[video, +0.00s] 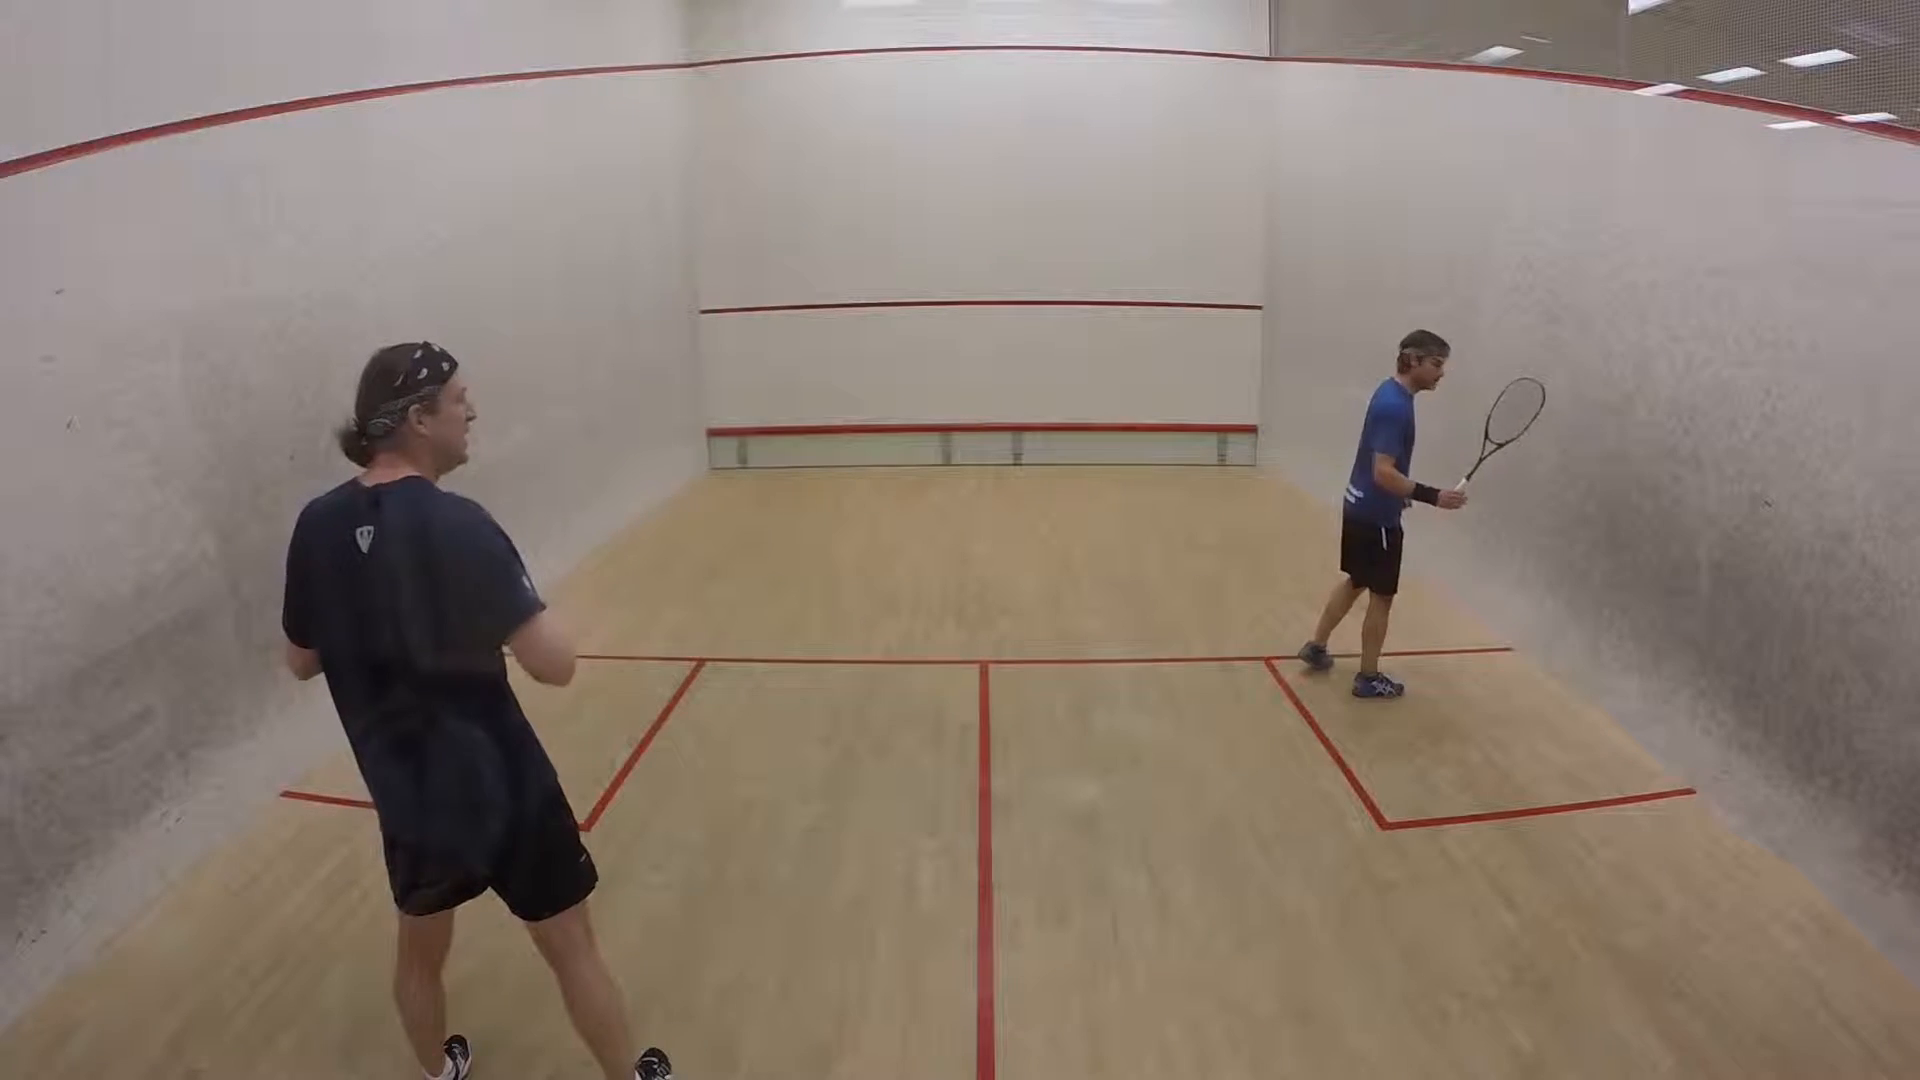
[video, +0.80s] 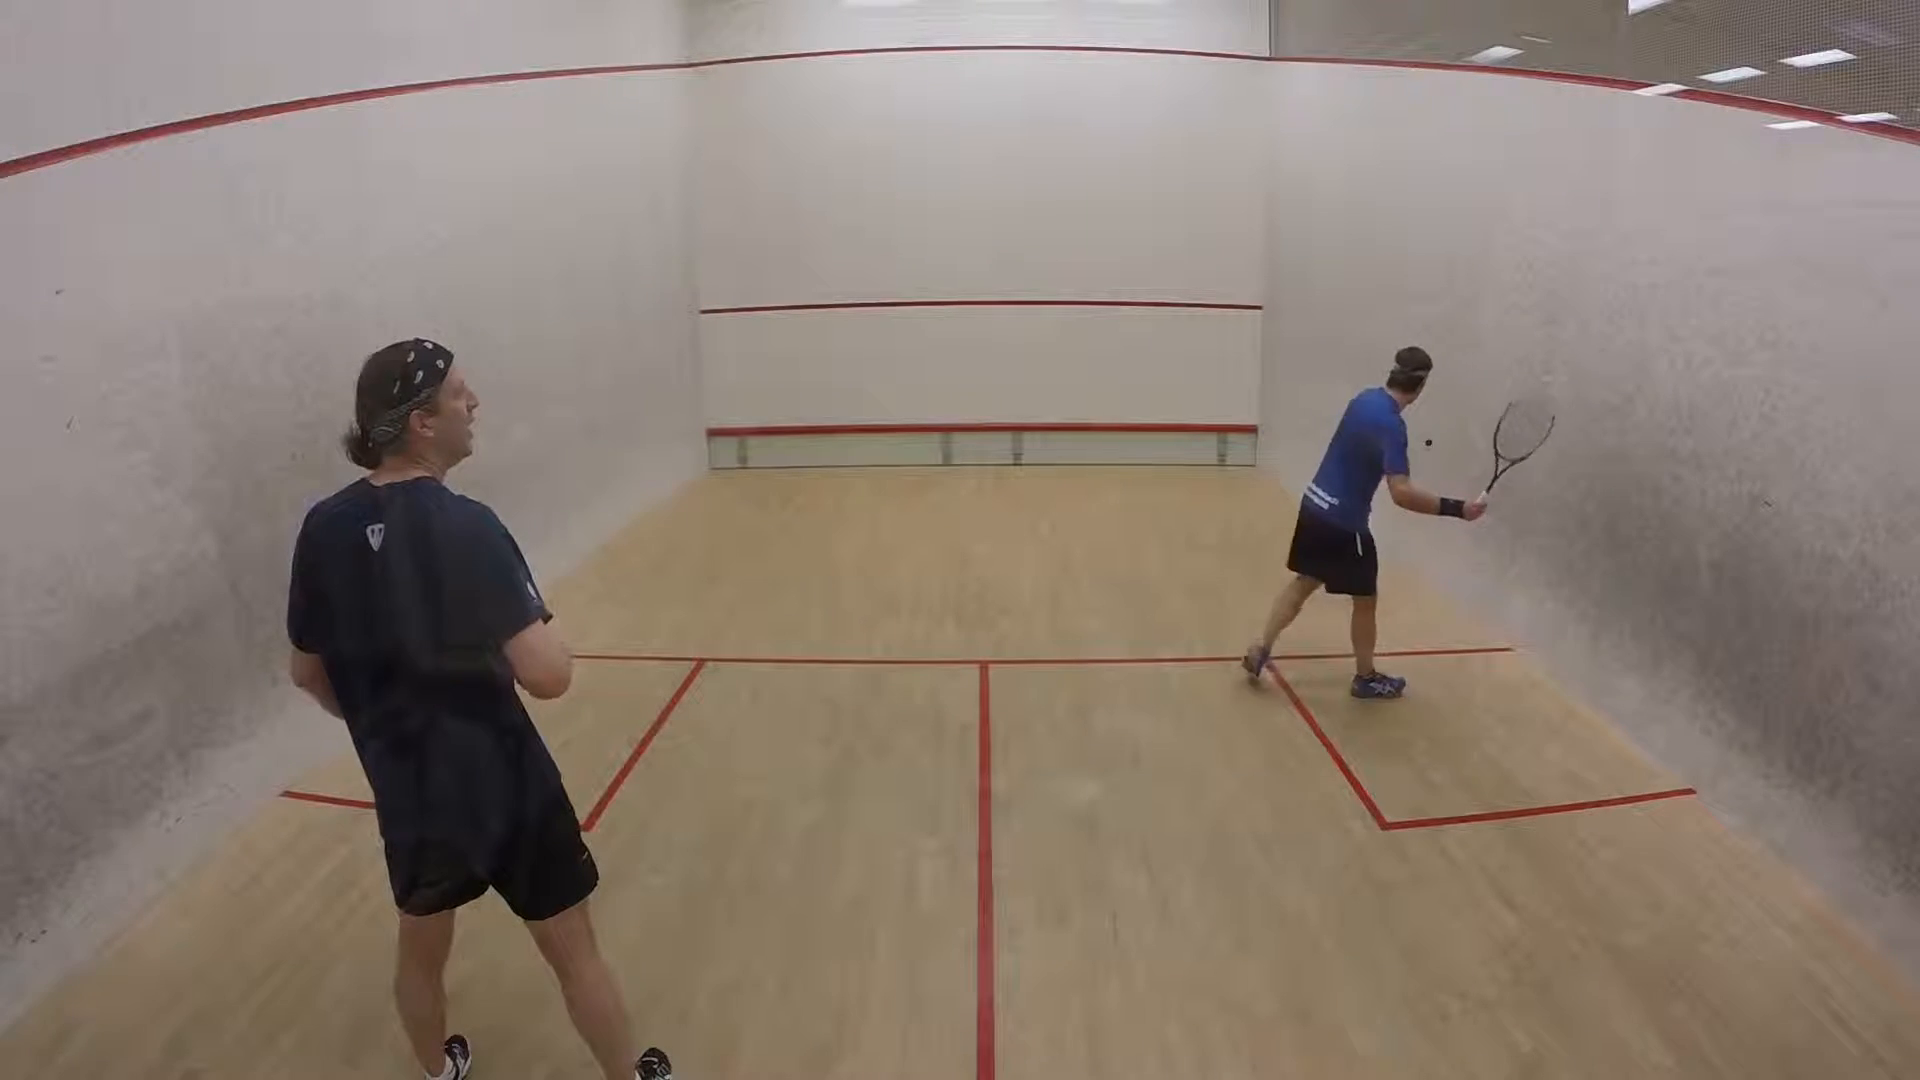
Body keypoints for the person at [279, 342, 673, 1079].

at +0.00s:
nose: (472, 416)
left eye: (467, 400)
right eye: (459, 404)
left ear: (390, 424)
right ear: (414, 421)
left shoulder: (319, 525)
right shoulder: (459, 525)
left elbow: (301, 658)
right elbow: (554, 665)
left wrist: (366, 603)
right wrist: (526, 611)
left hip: (407, 794)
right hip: (502, 782)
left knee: (420, 953)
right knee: (571, 948)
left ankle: (435, 1070)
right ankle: (631, 1071)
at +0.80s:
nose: (475, 407)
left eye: (469, 393)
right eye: (461, 398)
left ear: (398, 425)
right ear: (419, 423)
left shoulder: (325, 526)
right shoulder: (469, 526)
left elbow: (310, 670)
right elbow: (548, 675)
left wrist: (378, 710)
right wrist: (527, 625)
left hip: (407, 789)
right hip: (505, 779)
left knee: (421, 955)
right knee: (575, 954)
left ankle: (436, 1069)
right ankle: (632, 1070)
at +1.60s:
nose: (437, 410)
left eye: (429, 397)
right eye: (430, 400)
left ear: (345, 431)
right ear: (414, 421)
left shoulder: (305, 540)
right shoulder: (475, 512)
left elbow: (283, 695)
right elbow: (569, 643)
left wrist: (311, 796)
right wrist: (499, 657)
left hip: (387, 793)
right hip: (494, 775)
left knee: (411, 949)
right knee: (573, 940)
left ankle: (438, 1067)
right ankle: (631, 1071)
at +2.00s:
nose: (453, 440)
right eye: (448, 430)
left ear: (356, 477)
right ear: (444, 452)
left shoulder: (346, 602)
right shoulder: (505, 531)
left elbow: (280, 756)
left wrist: (238, 847)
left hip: (424, 858)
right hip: (531, 825)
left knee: (394, 1003)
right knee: (580, 953)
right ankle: (641, 1070)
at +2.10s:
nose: (445, 434)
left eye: (436, 421)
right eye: (439, 427)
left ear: (347, 487)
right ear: (437, 453)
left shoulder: (353, 621)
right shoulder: (487, 528)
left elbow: (260, 730)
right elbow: (411, 591)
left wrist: (199, 771)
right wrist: (315, 593)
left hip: (421, 863)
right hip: (520, 830)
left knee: (364, 1017)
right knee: (564, 953)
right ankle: (637, 1069)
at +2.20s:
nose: (427, 448)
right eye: (419, 439)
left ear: (325, 498)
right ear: (416, 465)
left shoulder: (355, 637)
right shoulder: (456, 530)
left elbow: (251, 707)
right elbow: (352, 578)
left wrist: (188, 699)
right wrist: (266, 583)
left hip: (405, 879)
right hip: (499, 836)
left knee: (343, 1057)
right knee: (553, 966)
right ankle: (634, 1069)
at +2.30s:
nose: (386, 463)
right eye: (382, 458)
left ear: (280, 518)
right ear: (380, 483)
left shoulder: (333, 660)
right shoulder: (422, 557)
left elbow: (213, 717)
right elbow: (301, 595)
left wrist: (185, 648)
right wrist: (229, 611)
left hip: (377, 903)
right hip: (466, 856)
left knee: (339, 1061)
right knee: (533, 983)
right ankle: (634, 1072)